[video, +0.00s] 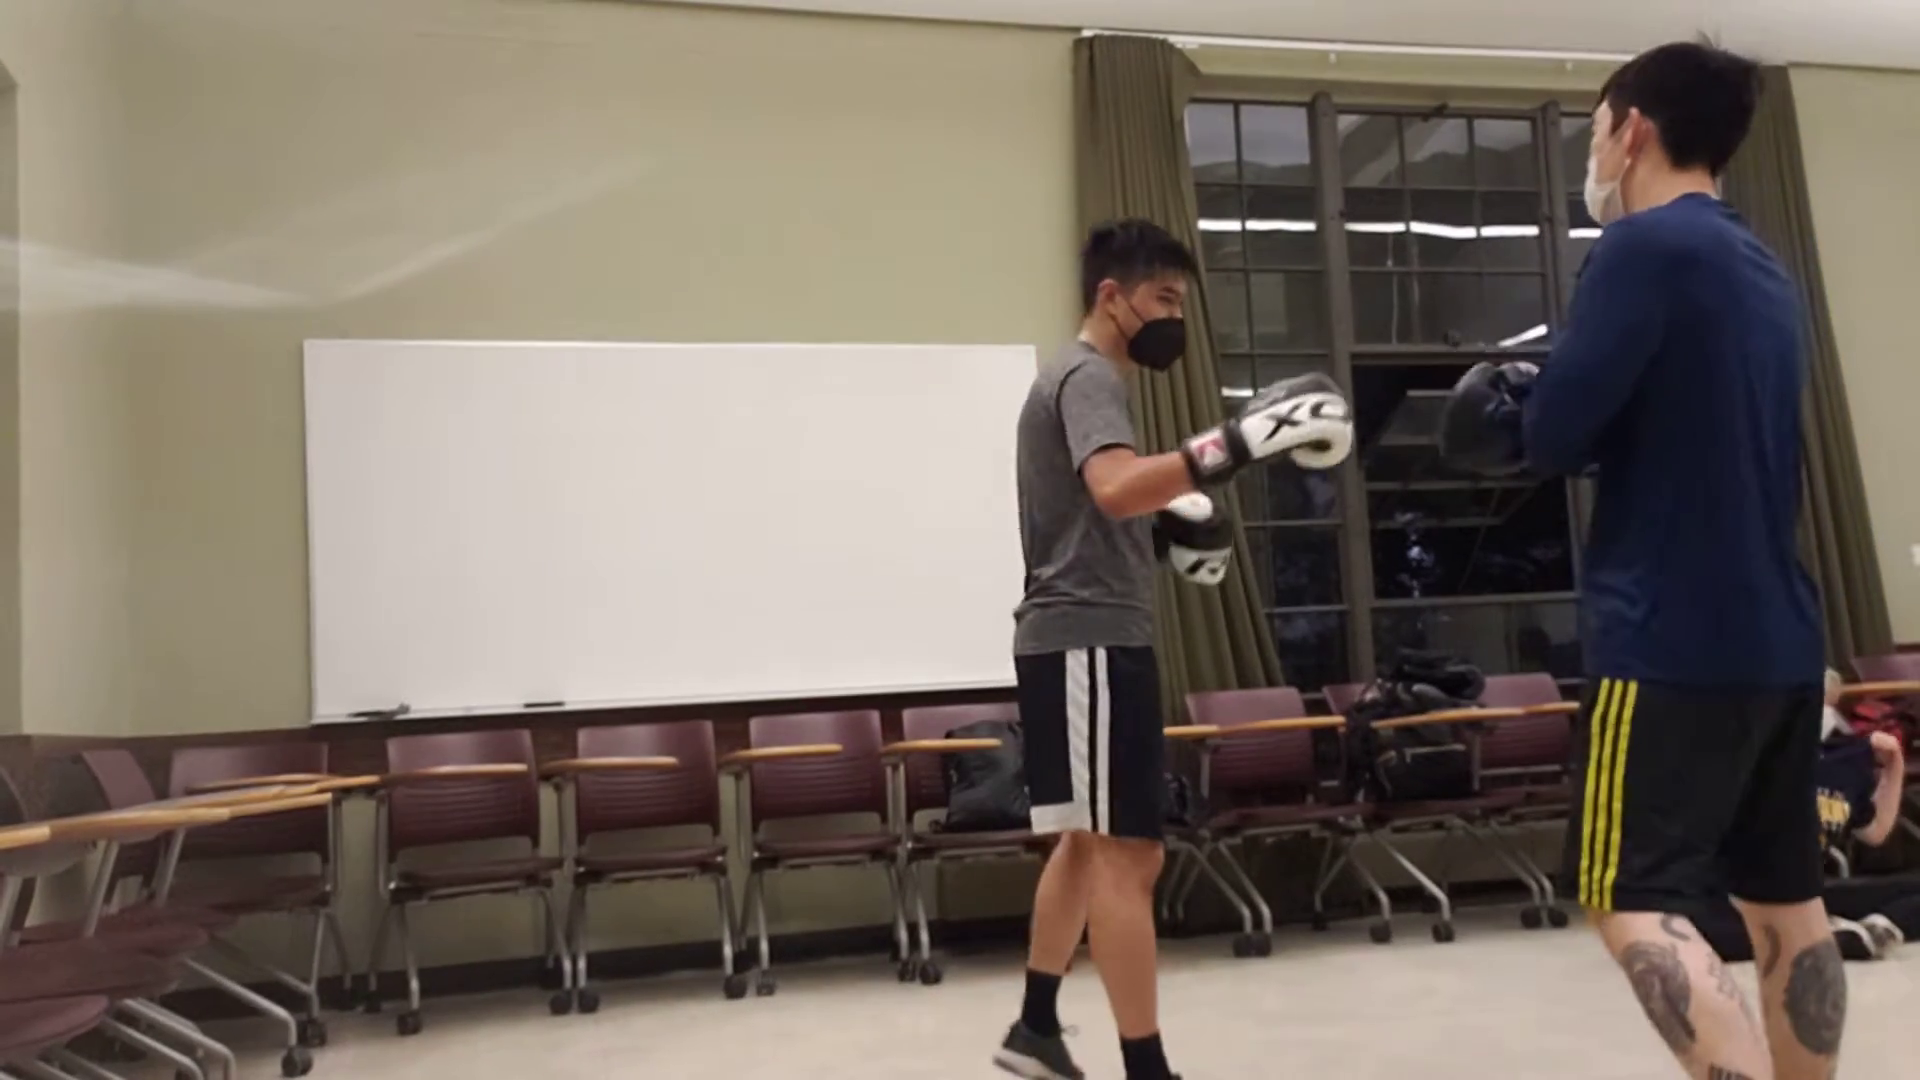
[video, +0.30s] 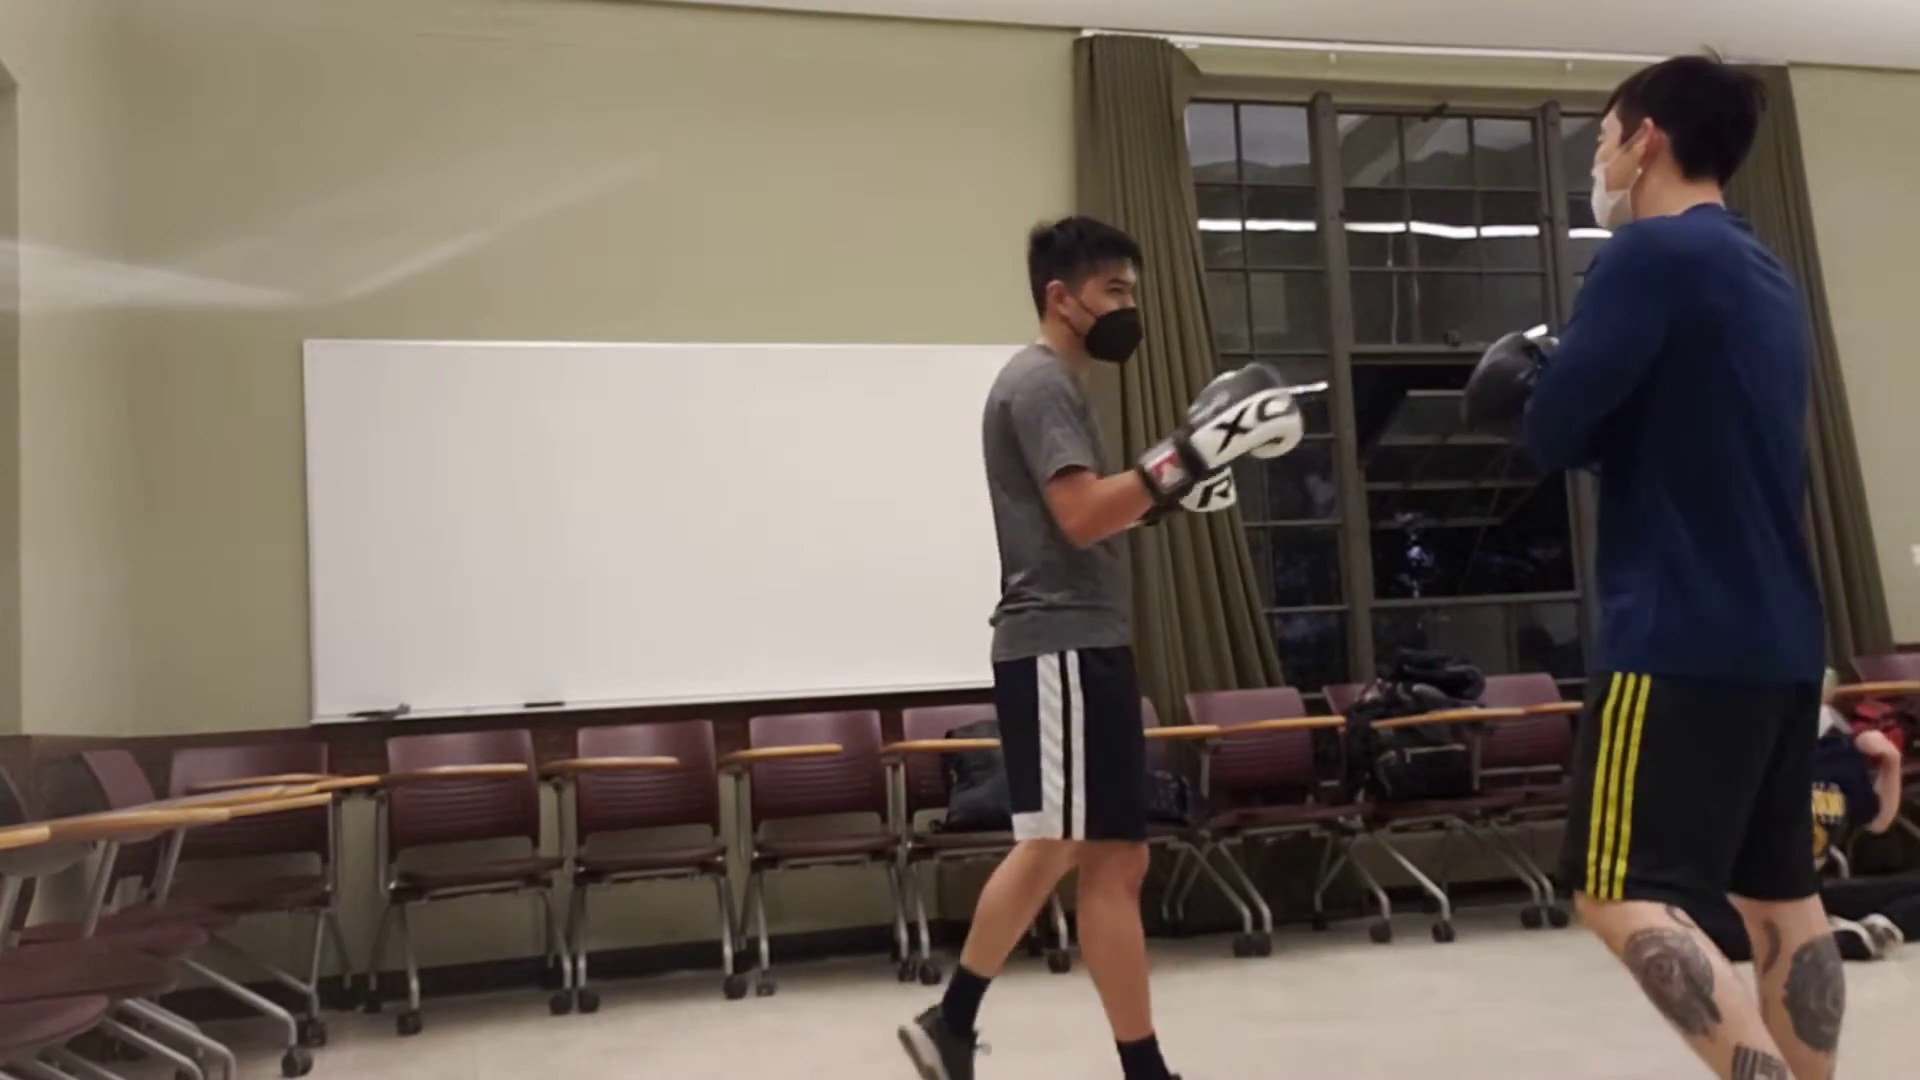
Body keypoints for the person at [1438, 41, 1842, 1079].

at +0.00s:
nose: (1591, 157)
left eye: (1597, 132)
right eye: (1596, 134)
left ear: (1636, 131)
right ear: (1707, 145)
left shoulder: (1642, 250)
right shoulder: (1766, 268)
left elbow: (1553, 431)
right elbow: (1711, 432)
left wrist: (1511, 391)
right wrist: (1557, 385)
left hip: (1670, 643)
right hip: (1778, 639)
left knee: (1631, 904)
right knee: (1782, 894)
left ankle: (1746, 1069)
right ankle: (1804, 1078)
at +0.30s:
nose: (1599, 162)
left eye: (1607, 140)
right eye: (1602, 141)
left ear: (1650, 140)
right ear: (1707, 152)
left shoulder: (1645, 258)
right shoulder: (1768, 275)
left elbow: (1556, 432)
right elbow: (1701, 428)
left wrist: (1531, 370)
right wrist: (1568, 368)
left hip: (1677, 638)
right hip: (1782, 638)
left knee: (1615, 892)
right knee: (1778, 888)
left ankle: (1756, 1064)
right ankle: (1809, 1079)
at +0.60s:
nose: (1600, 162)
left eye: (1610, 139)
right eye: (1603, 141)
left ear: (1658, 140)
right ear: (1690, 147)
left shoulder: (1682, 254)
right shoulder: (1751, 259)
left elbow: (1606, 433)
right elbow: (1699, 441)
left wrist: (1553, 397)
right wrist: (1554, 412)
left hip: (1696, 637)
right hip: (1775, 634)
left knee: (1682, 900)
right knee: (1782, 891)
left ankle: (1802, 1068)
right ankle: (1821, 1069)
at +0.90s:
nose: (1609, 156)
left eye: (1619, 129)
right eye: (1609, 133)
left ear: (1675, 125)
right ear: (1699, 134)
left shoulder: (1716, 234)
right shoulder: (1745, 233)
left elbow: (1597, 405)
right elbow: (1685, 422)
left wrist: (1577, 402)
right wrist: (1580, 396)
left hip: (1723, 634)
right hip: (1747, 630)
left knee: (1741, 909)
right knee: (1770, 905)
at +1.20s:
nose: (1621, 140)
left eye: (1627, 110)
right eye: (1618, 116)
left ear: (1688, 98)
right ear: (1709, 106)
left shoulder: (1763, 217)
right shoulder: (1735, 228)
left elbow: (1712, 416)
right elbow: (1696, 409)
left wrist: (1603, 390)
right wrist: (1601, 396)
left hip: (1752, 632)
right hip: (1721, 633)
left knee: (1788, 920)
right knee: (1767, 919)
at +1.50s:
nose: (1621, 116)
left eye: (1629, 87)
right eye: (1619, 93)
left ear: (1692, 74)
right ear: (1700, 81)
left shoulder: (1810, 208)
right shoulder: (1720, 231)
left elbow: (1807, 412)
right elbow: (1692, 403)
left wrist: (1628, 429)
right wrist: (1573, 422)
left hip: (1784, 631)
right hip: (1704, 630)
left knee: (1806, 913)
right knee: (1694, 887)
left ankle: (1879, 1073)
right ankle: (1790, 1077)